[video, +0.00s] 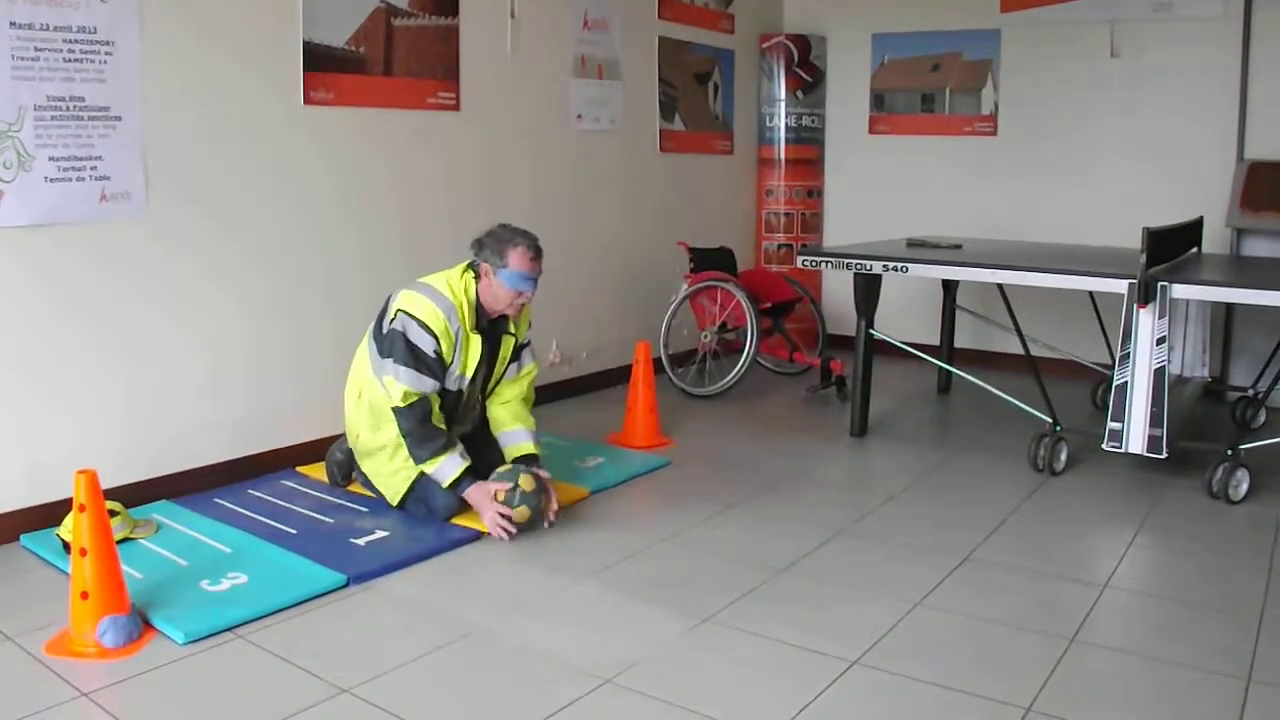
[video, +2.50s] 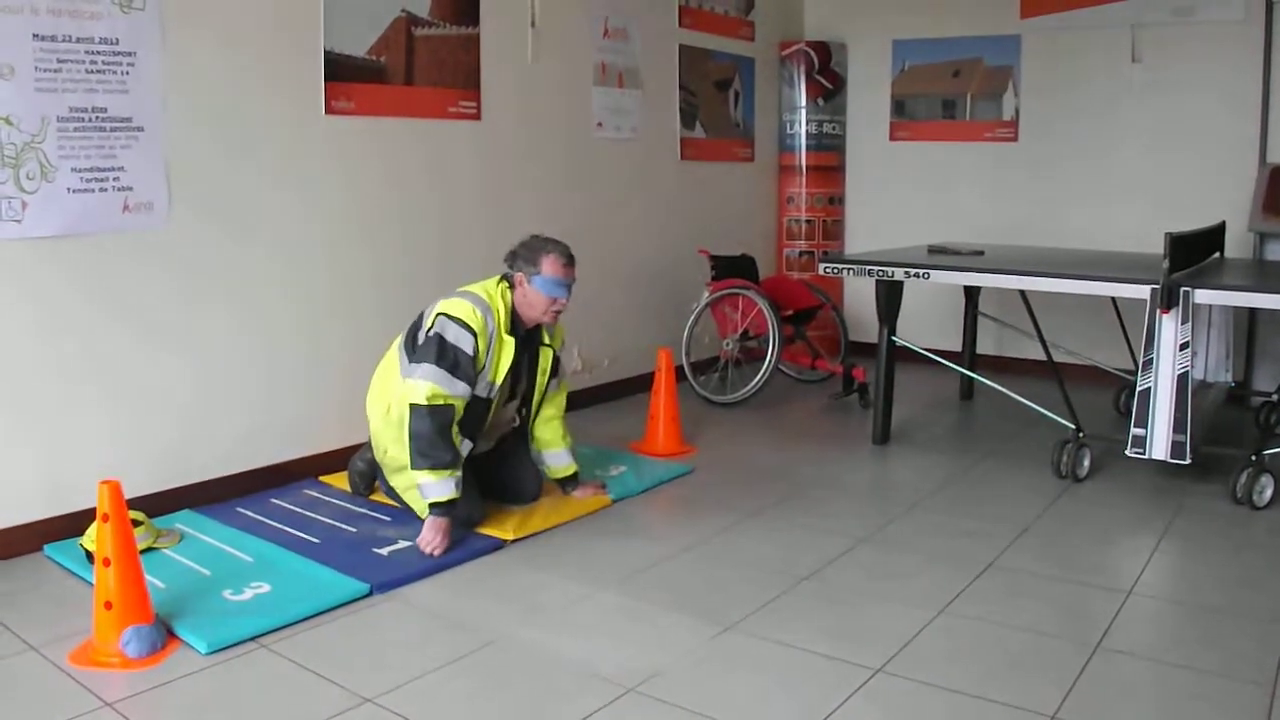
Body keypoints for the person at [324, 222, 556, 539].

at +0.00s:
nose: (527, 297)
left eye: (532, 287)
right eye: (519, 286)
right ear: (486, 274)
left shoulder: (514, 314)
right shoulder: (423, 313)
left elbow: (510, 395)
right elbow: (414, 416)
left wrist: (529, 467)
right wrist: (469, 487)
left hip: (454, 415)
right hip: (386, 427)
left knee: (505, 481)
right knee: (444, 505)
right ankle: (360, 458)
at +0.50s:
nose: (527, 292)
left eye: (532, 280)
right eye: (517, 280)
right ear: (483, 272)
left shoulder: (516, 314)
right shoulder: (426, 316)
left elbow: (515, 394)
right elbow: (416, 419)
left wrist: (525, 466)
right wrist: (479, 489)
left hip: (456, 416)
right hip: (388, 428)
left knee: (498, 476)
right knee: (450, 506)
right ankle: (369, 458)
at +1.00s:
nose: (540, 288)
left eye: (545, 277)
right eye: (530, 276)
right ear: (495, 270)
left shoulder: (529, 310)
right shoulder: (439, 313)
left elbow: (529, 387)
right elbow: (404, 410)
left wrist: (525, 453)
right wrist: (467, 473)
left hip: (464, 418)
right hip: (398, 432)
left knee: (513, 482)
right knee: (454, 506)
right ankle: (372, 459)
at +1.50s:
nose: (550, 286)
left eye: (554, 274)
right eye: (541, 274)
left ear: (559, 272)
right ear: (505, 271)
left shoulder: (536, 305)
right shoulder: (462, 313)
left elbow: (570, 362)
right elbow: (504, 397)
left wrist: (622, 392)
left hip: (471, 405)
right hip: (410, 416)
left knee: (516, 485)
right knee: (456, 509)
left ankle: (432, 447)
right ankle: (377, 455)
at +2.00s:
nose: (578, 299)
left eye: (583, 288)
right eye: (569, 287)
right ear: (535, 280)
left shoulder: (557, 328)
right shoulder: (474, 320)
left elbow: (538, 398)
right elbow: (422, 410)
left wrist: (557, 458)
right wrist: (458, 484)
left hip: (482, 416)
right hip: (412, 424)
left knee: (523, 490)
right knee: (458, 514)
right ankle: (382, 460)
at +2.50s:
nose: (563, 302)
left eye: (568, 292)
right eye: (553, 290)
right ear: (520, 283)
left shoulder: (547, 331)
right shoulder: (464, 319)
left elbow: (546, 408)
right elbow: (429, 411)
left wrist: (569, 482)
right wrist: (439, 510)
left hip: (482, 421)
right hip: (407, 427)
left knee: (524, 489)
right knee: (466, 512)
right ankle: (384, 468)